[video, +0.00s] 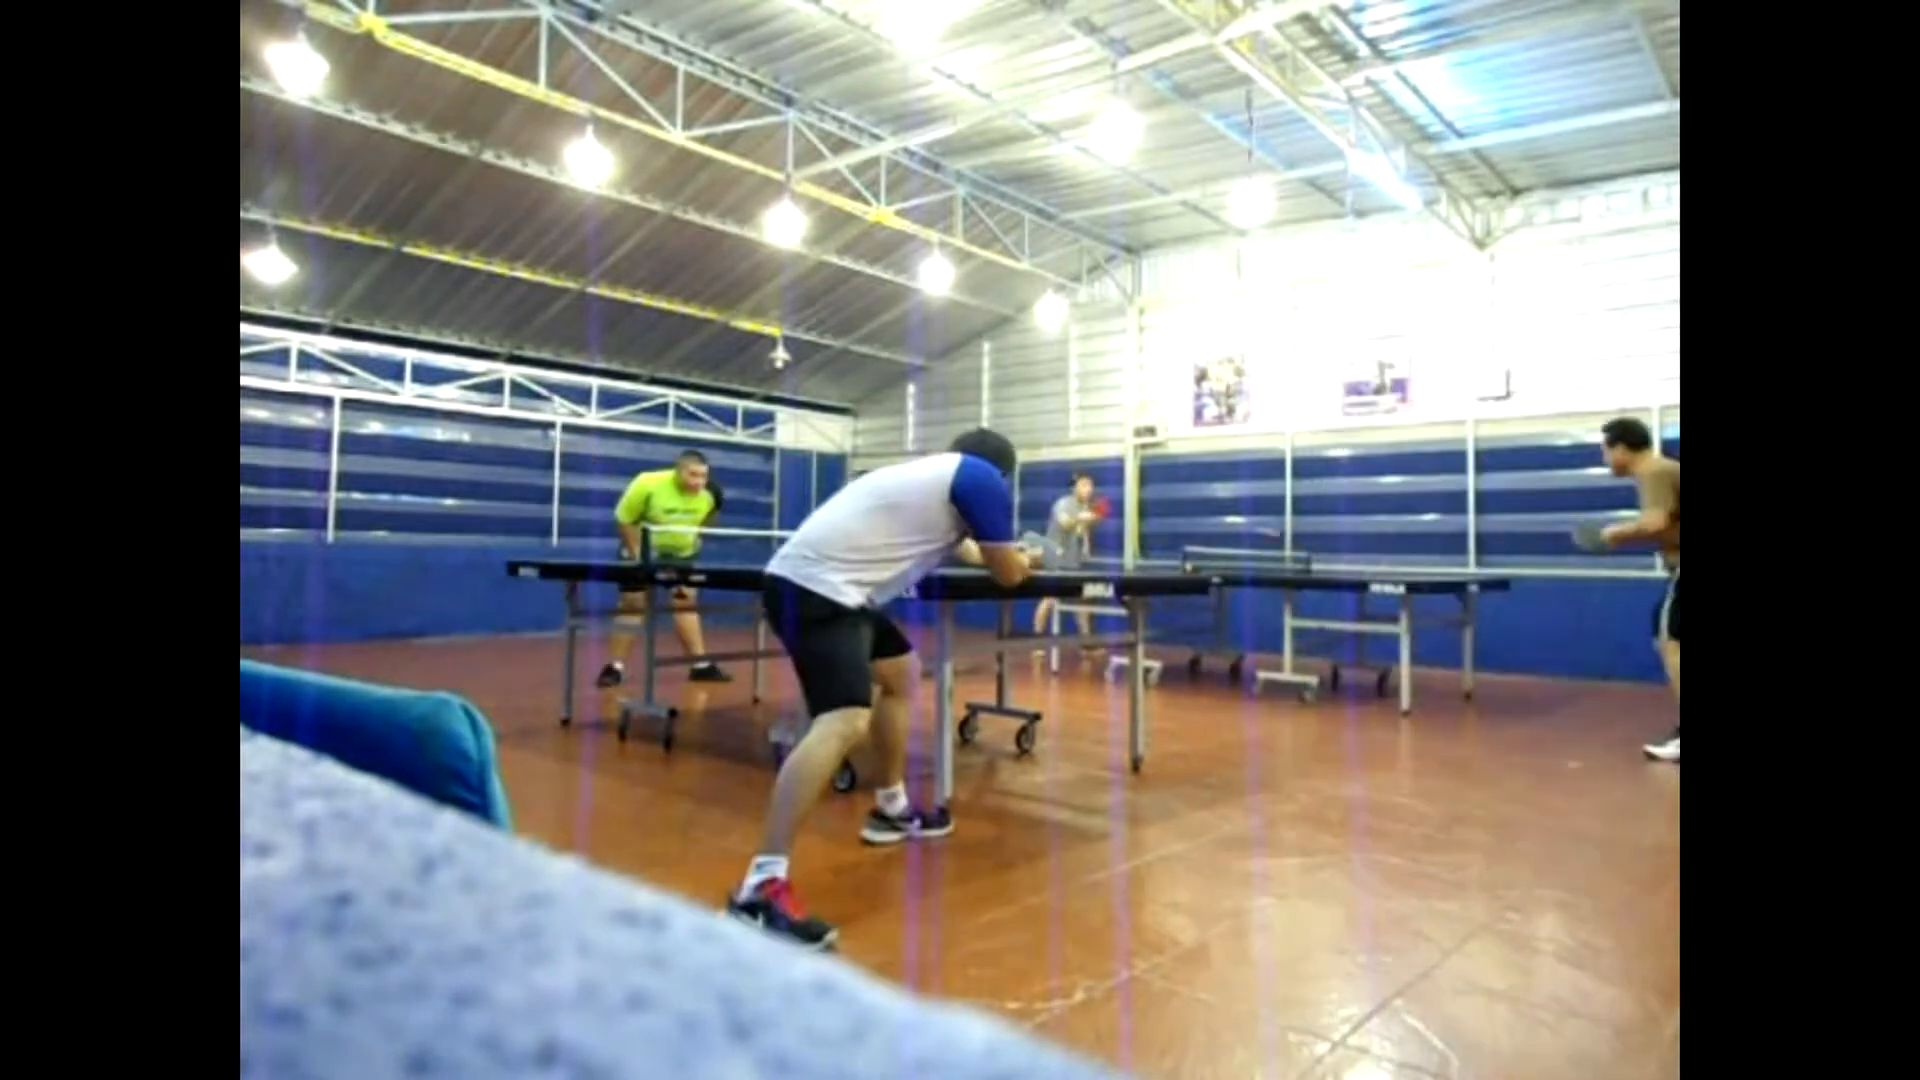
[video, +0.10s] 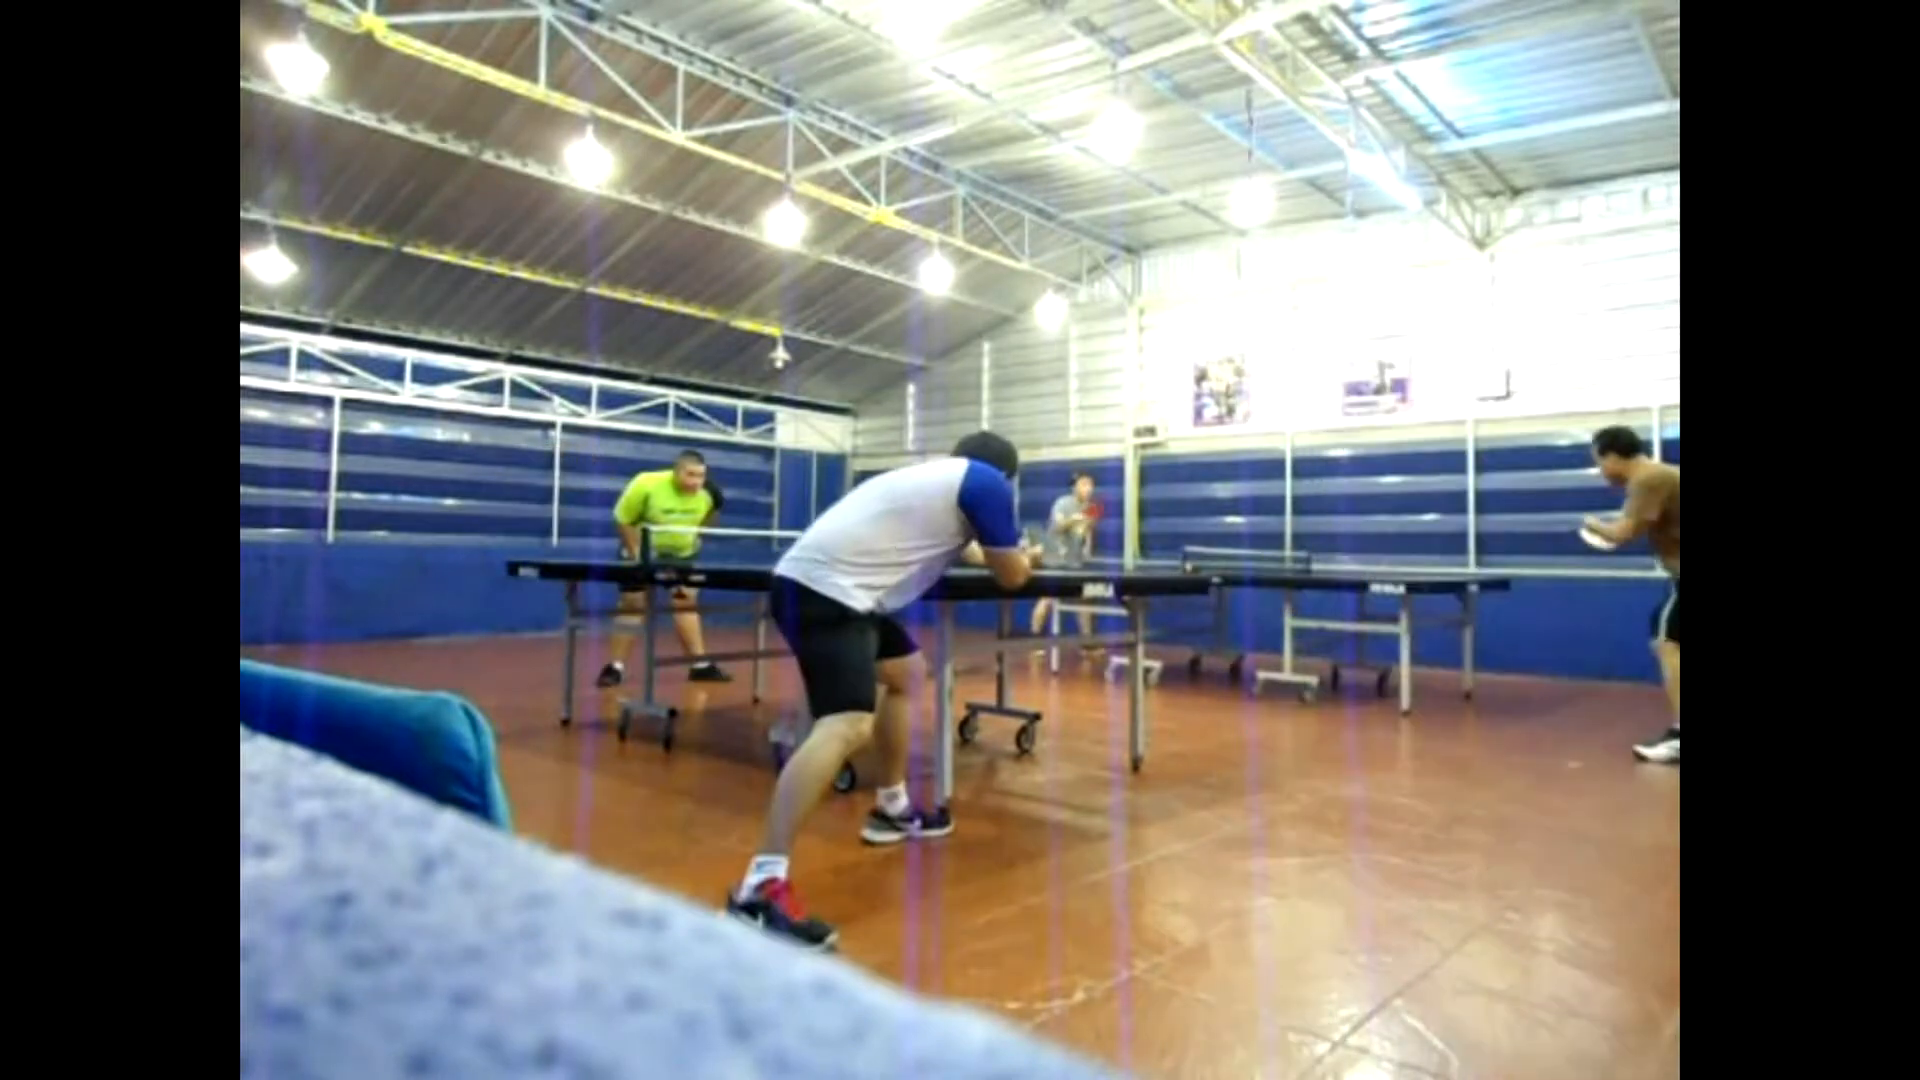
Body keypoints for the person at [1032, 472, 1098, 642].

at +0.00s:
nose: (1086, 490)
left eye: (1089, 486)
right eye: (1083, 485)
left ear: (1092, 489)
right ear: (1075, 487)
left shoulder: (1086, 507)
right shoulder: (1063, 504)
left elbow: (1085, 531)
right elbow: (1065, 522)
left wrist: (1087, 553)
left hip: (1077, 558)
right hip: (1057, 557)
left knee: (1081, 599)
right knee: (1049, 597)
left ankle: (1086, 636)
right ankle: (1037, 633)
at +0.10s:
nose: (1087, 489)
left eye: (1089, 485)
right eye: (1083, 484)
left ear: (1092, 488)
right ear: (1075, 487)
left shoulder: (1088, 508)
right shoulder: (1063, 503)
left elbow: (1088, 533)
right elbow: (1057, 525)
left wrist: (1087, 552)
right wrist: (1079, 519)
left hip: (1077, 559)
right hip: (1056, 558)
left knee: (1083, 600)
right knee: (1047, 598)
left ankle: (1087, 637)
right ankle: (1035, 634)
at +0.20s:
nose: (1085, 489)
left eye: (1087, 485)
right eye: (1082, 485)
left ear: (1090, 489)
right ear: (1074, 487)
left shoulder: (1087, 508)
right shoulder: (1060, 505)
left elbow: (1088, 532)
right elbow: (1051, 525)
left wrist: (1086, 552)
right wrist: (1071, 525)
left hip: (1077, 558)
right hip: (1055, 557)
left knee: (1083, 600)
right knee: (1045, 597)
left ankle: (1087, 637)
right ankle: (1032, 633)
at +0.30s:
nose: (1083, 490)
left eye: (1085, 486)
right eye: (1079, 486)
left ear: (1088, 490)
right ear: (1071, 488)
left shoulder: (1085, 509)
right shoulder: (1057, 505)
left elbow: (1087, 532)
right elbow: (1045, 526)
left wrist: (1083, 553)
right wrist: (1065, 530)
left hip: (1076, 558)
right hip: (1053, 557)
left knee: (1084, 599)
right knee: (1043, 597)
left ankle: (1087, 637)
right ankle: (1031, 634)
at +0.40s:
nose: (1078, 492)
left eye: (1081, 488)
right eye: (1075, 487)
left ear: (1084, 492)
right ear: (1067, 489)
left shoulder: (1082, 509)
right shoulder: (1053, 506)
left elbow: (1084, 531)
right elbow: (1039, 529)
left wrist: (1076, 552)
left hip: (1069, 558)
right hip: (1048, 558)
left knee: (1078, 599)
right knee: (1039, 597)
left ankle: (1085, 637)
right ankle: (1030, 634)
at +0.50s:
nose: (1077, 495)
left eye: (1079, 491)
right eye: (1073, 490)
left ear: (1082, 494)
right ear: (1064, 492)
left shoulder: (1082, 511)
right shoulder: (1049, 510)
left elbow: (1085, 530)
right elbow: (1035, 530)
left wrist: (1078, 545)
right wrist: (1050, 545)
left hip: (1071, 560)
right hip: (1047, 560)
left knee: (1077, 599)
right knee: (1038, 598)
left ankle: (1082, 638)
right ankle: (1030, 636)